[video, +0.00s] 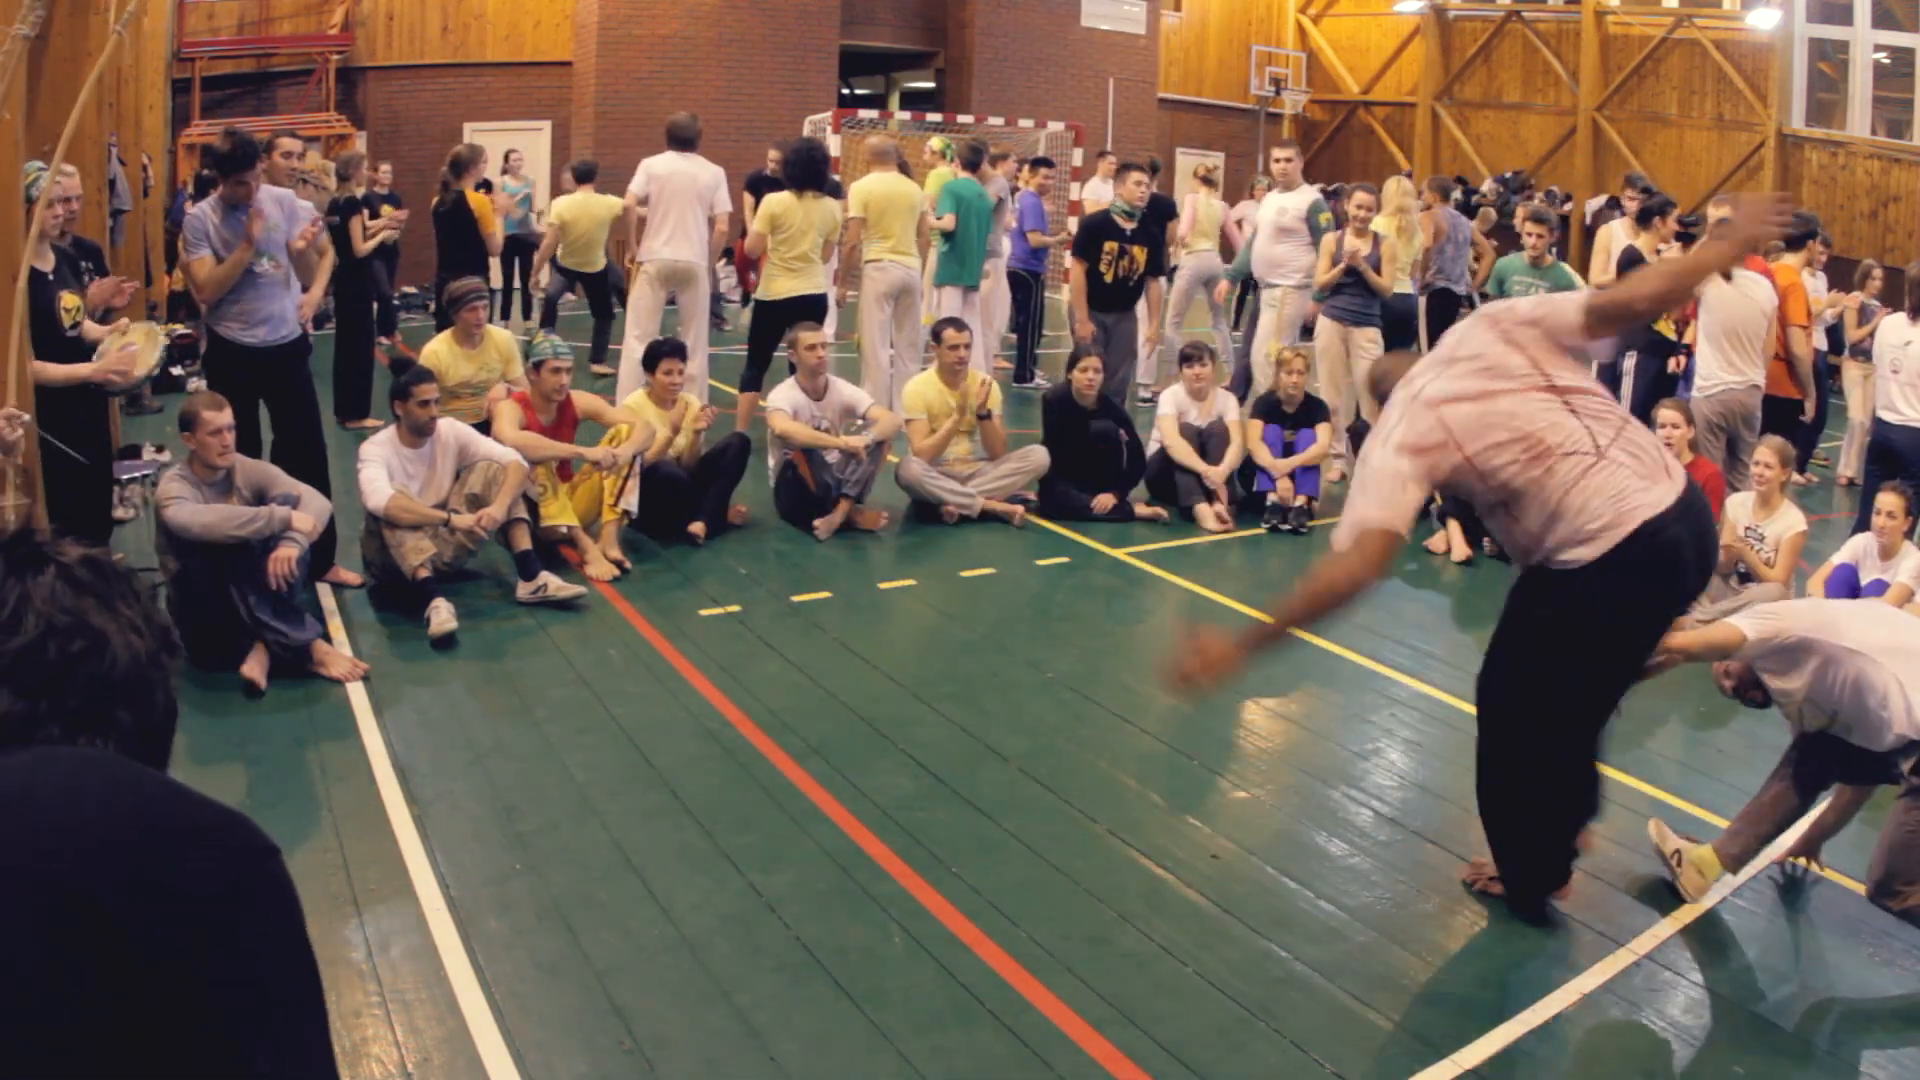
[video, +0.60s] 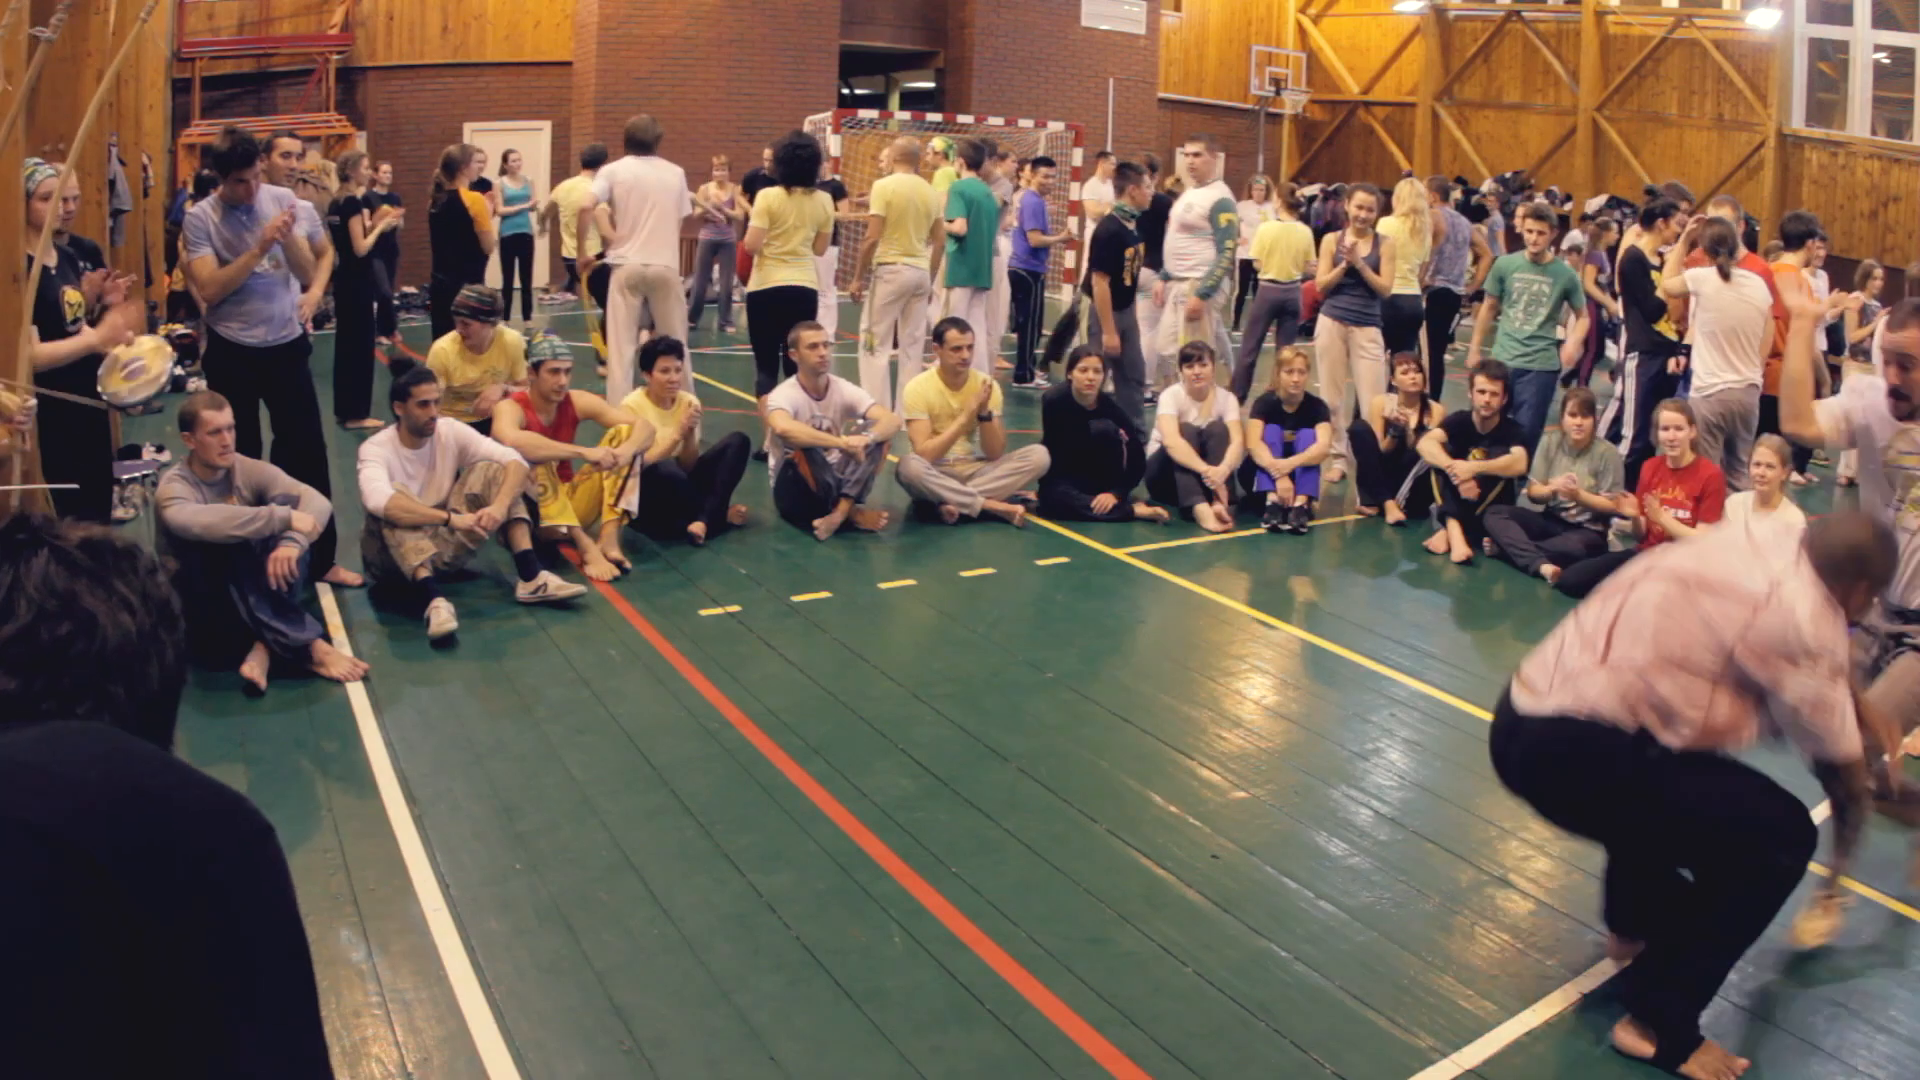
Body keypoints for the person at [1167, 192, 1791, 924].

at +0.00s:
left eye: (1370, 411)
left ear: (1378, 399)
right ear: (1421, 350)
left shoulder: (1401, 429)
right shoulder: (1498, 322)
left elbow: (1357, 567)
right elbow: (1623, 302)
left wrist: (1243, 645)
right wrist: (1723, 244)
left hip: (1598, 559)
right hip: (1681, 521)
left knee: (1511, 702)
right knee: (1574, 695)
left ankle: (1531, 882)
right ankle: (1559, 833)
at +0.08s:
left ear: (1439, 337)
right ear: (1495, 304)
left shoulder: (1431, 387)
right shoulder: (1570, 303)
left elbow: (1350, 464)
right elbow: (1689, 310)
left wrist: (1238, 500)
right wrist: (1817, 267)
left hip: (1565, 569)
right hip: (1680, 548)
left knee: (1528, 746)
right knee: (1658, 708)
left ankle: (1532, 897)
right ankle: (1616, 847)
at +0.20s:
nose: (1660, 301)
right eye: (1659, 293)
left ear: (1580, 287)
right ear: (1646, 287)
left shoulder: (1510, 332)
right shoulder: (1653, 305)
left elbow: (1386, 368)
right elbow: (1706, 352)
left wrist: (1336, 321)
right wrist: (1857, 374)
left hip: (1543, 575)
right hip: (1665, 579)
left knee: (1524, 732)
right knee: (1722, 757)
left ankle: (1527, 890)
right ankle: (1664, 916)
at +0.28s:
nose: (1749, 354)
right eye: (1750, 340)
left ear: (1655, 289)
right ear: (1725, 309)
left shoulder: (1573, 316)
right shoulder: (1720, 323)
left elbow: (1462, 343)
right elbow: (1695, 373)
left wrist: (1511, 323)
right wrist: (1828, 476)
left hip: (1531, 574)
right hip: (1649, 588)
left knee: (1524, 748)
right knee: (1745, 788)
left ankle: (1521, 896)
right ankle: (1700, 970)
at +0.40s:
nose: (1813, 386)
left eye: (1816, 374)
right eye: (1814, 373)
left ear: (1747, 332)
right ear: (1797, 357)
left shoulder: (1670, 346)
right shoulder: (1782, 405)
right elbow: (1717, 516)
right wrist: (1762, 562)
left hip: (1532, 598)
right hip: (1630, 626)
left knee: (1568, 717)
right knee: (1737, 821)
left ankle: (1497, 881)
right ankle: (1666, 1041)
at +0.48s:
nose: (1855, 457)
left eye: (1861, 445)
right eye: (1857, 442)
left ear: (1795, 399)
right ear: (1841, 431)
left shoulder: (1718, 417)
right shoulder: (1807, 480)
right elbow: (1762, 633)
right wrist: (1772, 688)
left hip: (1523, 636)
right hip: (1622, 667)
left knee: (1603, 740)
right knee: (1758, 816)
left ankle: (1544, 897)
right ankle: (1656, 1019)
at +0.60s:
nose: (1867, 605)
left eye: (1874, 593)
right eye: (1871, 592)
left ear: (1815, 538)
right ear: (1856, 586)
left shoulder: (1761, 541)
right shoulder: (1799, 619)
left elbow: (1828, 661)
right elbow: (1842, 767)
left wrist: (1877, 733)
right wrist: (1837, 872)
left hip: (1523, 720)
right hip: (1577, 750)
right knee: (1780, 832)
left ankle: (1635, 927)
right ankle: (1657, 1023)